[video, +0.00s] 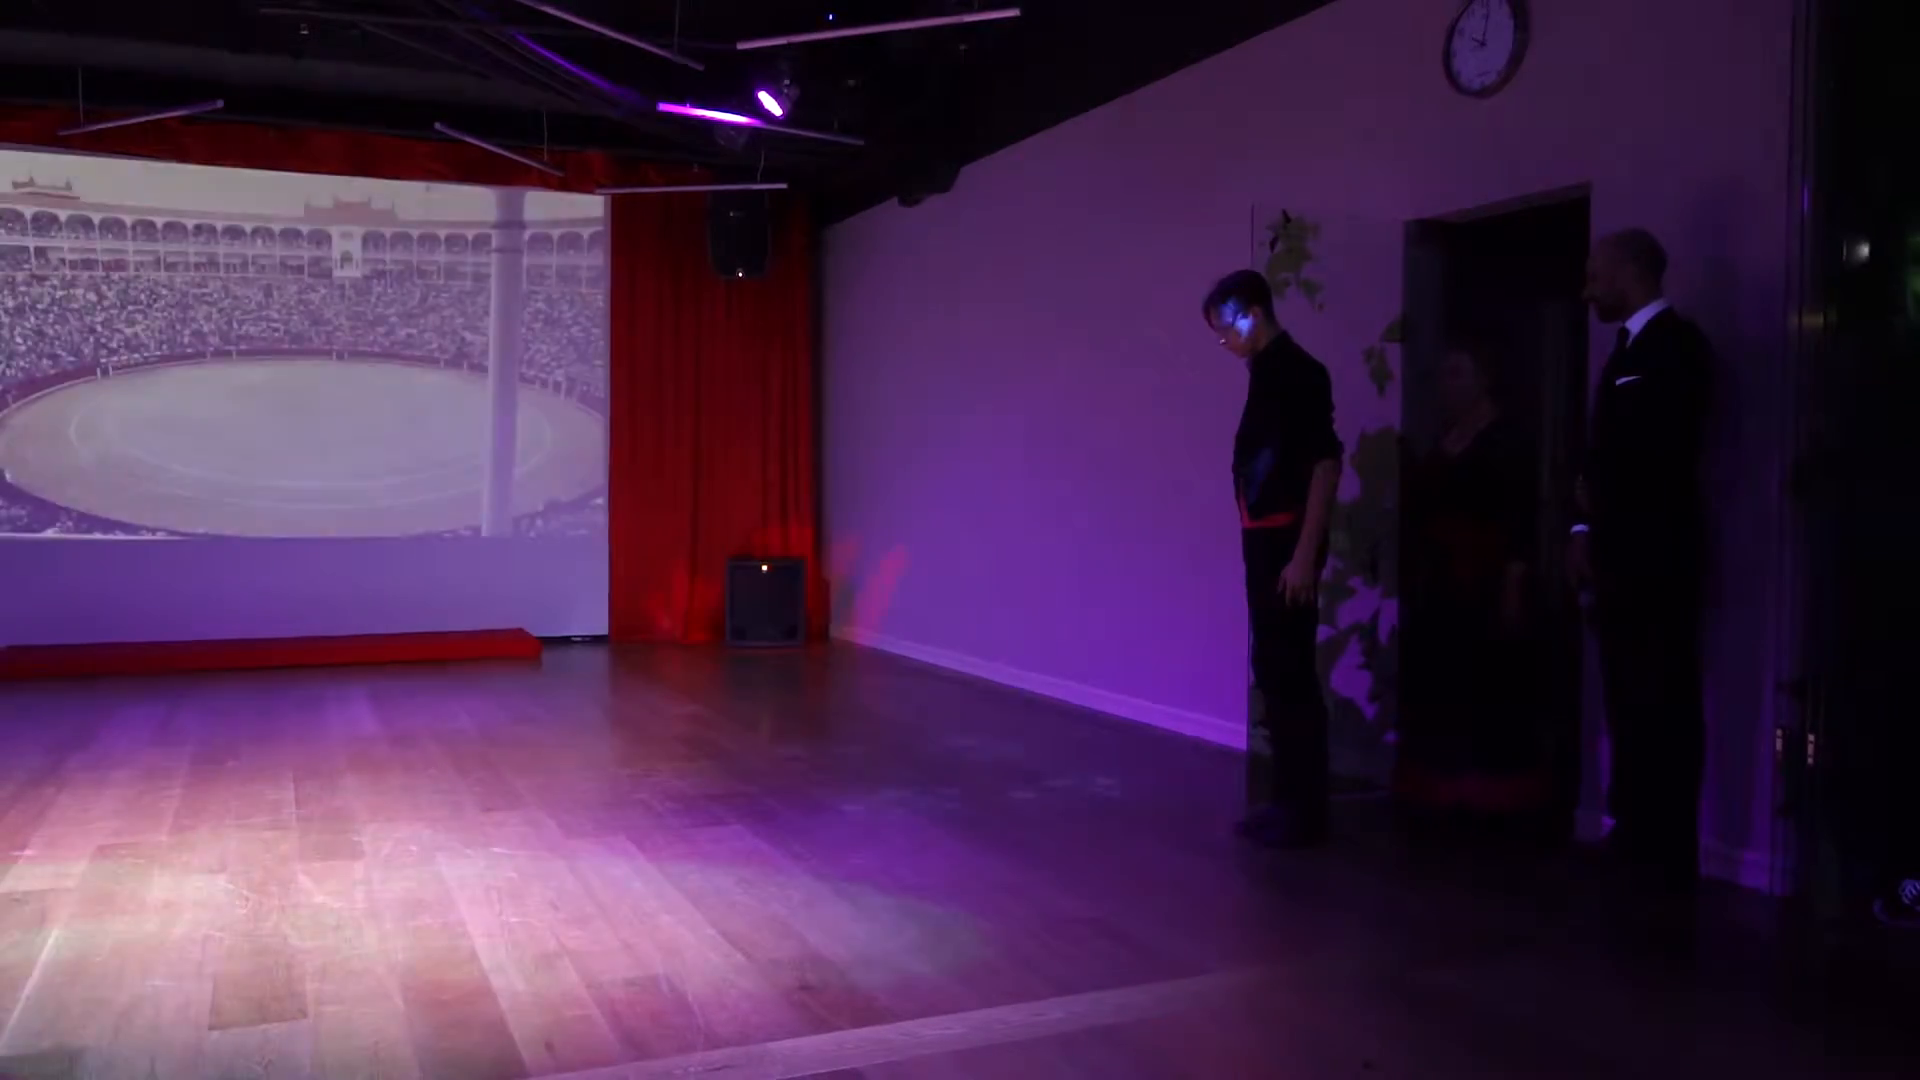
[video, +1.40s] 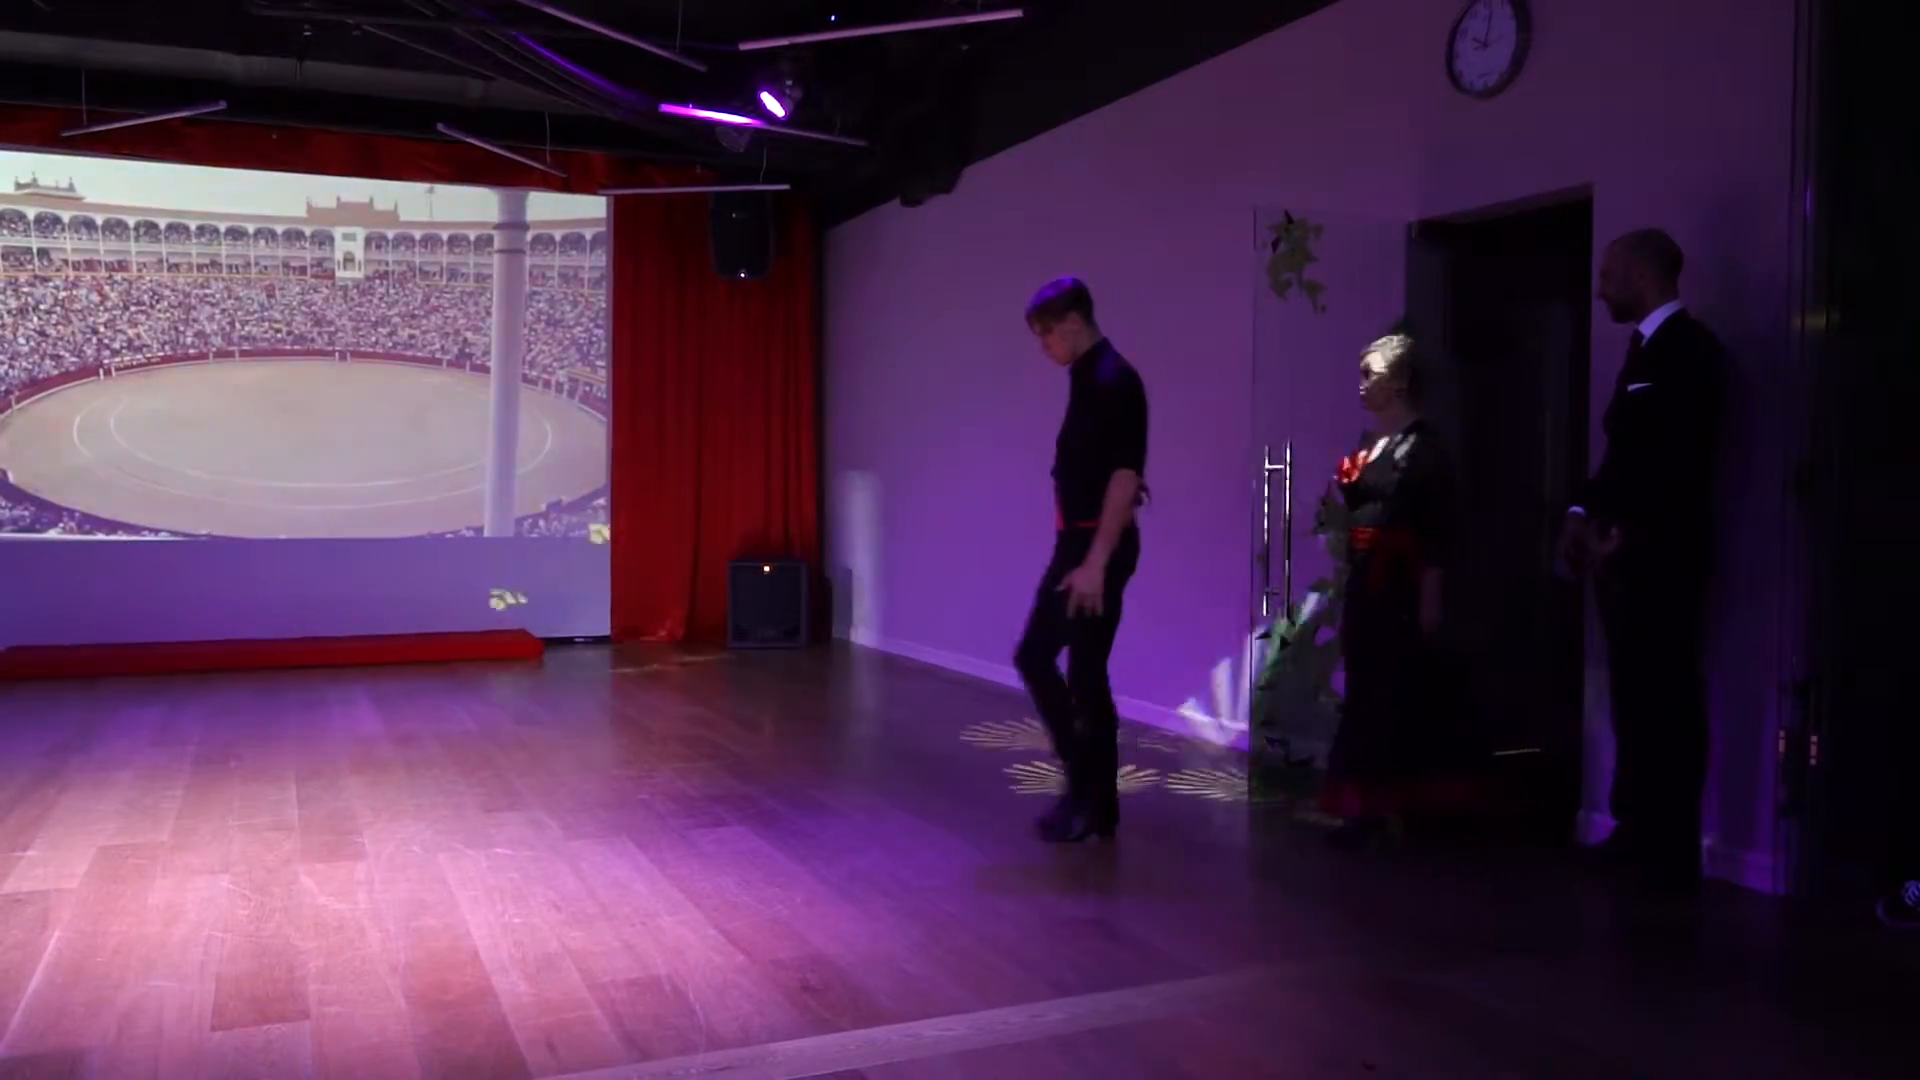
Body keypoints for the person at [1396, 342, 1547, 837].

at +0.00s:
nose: (1449, 385)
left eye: (1459, 375)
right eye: (1445, 375)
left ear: (1483, 380)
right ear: (1438, 381)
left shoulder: (1505, 439)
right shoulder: (1439, 440)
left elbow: (1514, 519)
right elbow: (1423, 515)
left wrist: (1511, 585)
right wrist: (1415, 574)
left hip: (1488, 591)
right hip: (1438, 587)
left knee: (1489, 699)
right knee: (1438, 694)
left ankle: (1492, 805)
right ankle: (1438, 800)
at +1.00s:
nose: (1427, 391)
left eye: (1436, 381)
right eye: (1425, 381)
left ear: (1460, 385)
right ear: (1426, 388)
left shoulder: (1486, 444)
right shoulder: (1423, 446)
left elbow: (1499, 518)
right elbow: (1414, 519)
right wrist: (1410, 581)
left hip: (1473, 590)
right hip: (1426, 589)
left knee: (1472, 693)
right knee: (1426, 690)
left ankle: (1477, 793)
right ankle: (1425, 791)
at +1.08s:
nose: (1418, 397)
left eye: (1427, 385)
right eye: (1414, 386)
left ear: (1452, 391)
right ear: (1410, 392)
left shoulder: (1474, 444)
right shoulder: (1416, 445)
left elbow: (1485, 519)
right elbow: (1405, 513)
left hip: (1461, 585)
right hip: (1418, 584)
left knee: (1457, 690)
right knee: (1419, 690)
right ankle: (1415, 788)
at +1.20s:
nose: (1393, 389)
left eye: (1403, 379)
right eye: (1392, 379)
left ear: (1433, 384)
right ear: (1398, 385)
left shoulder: (1456, 445)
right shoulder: (1402, 447)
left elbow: (1470, 523)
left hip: (1440, 586)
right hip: (1401, 583)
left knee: (1425, 693)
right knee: (1401, 692)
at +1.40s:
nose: (1361, 385)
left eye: (1371, 376)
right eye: (1362, 375)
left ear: (1401, 382)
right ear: (1384, 383)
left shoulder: (1424, 445)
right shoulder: (1372, 445)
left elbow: (1426, 519)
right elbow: (1353, 509)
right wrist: (1347, 487)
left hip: (1404, 581)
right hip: (1365, 577)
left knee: (1392, 688)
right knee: (1367, 688)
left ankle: (1392, 801)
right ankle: (1365, 800)